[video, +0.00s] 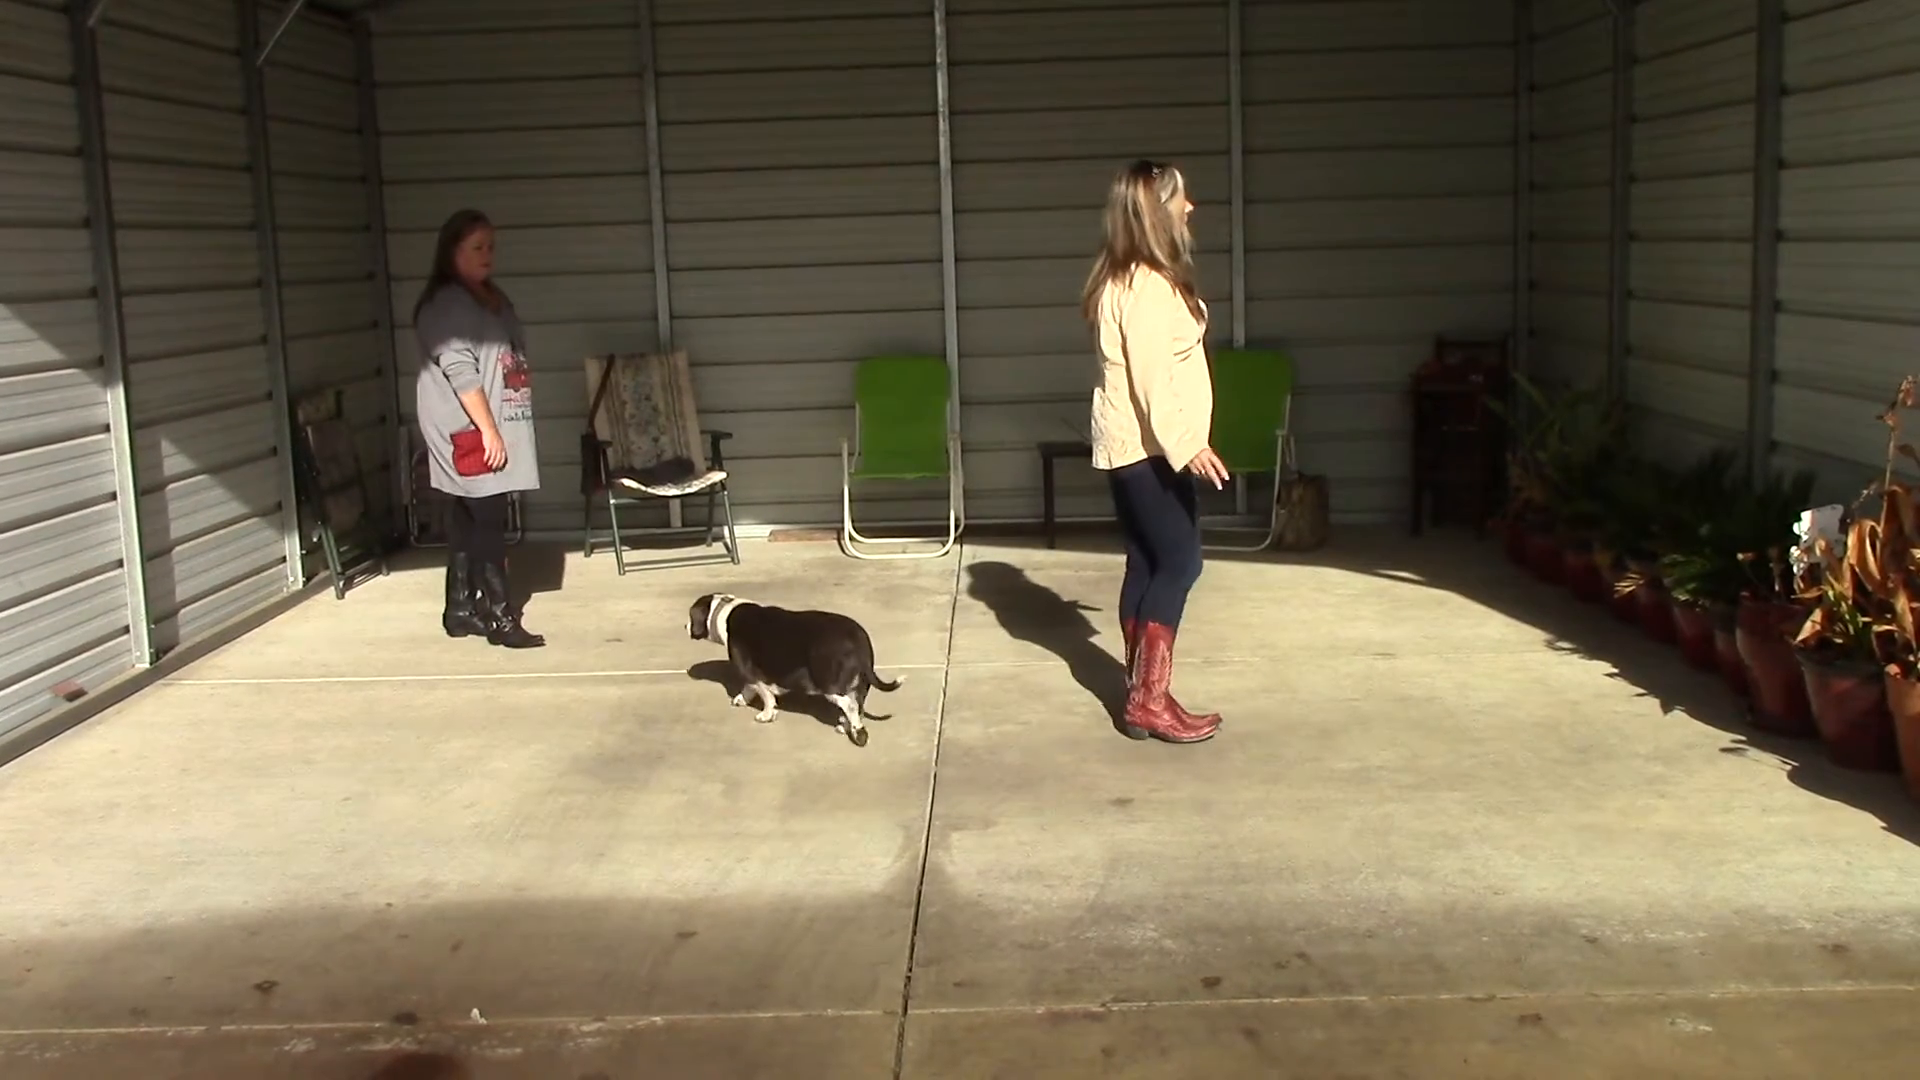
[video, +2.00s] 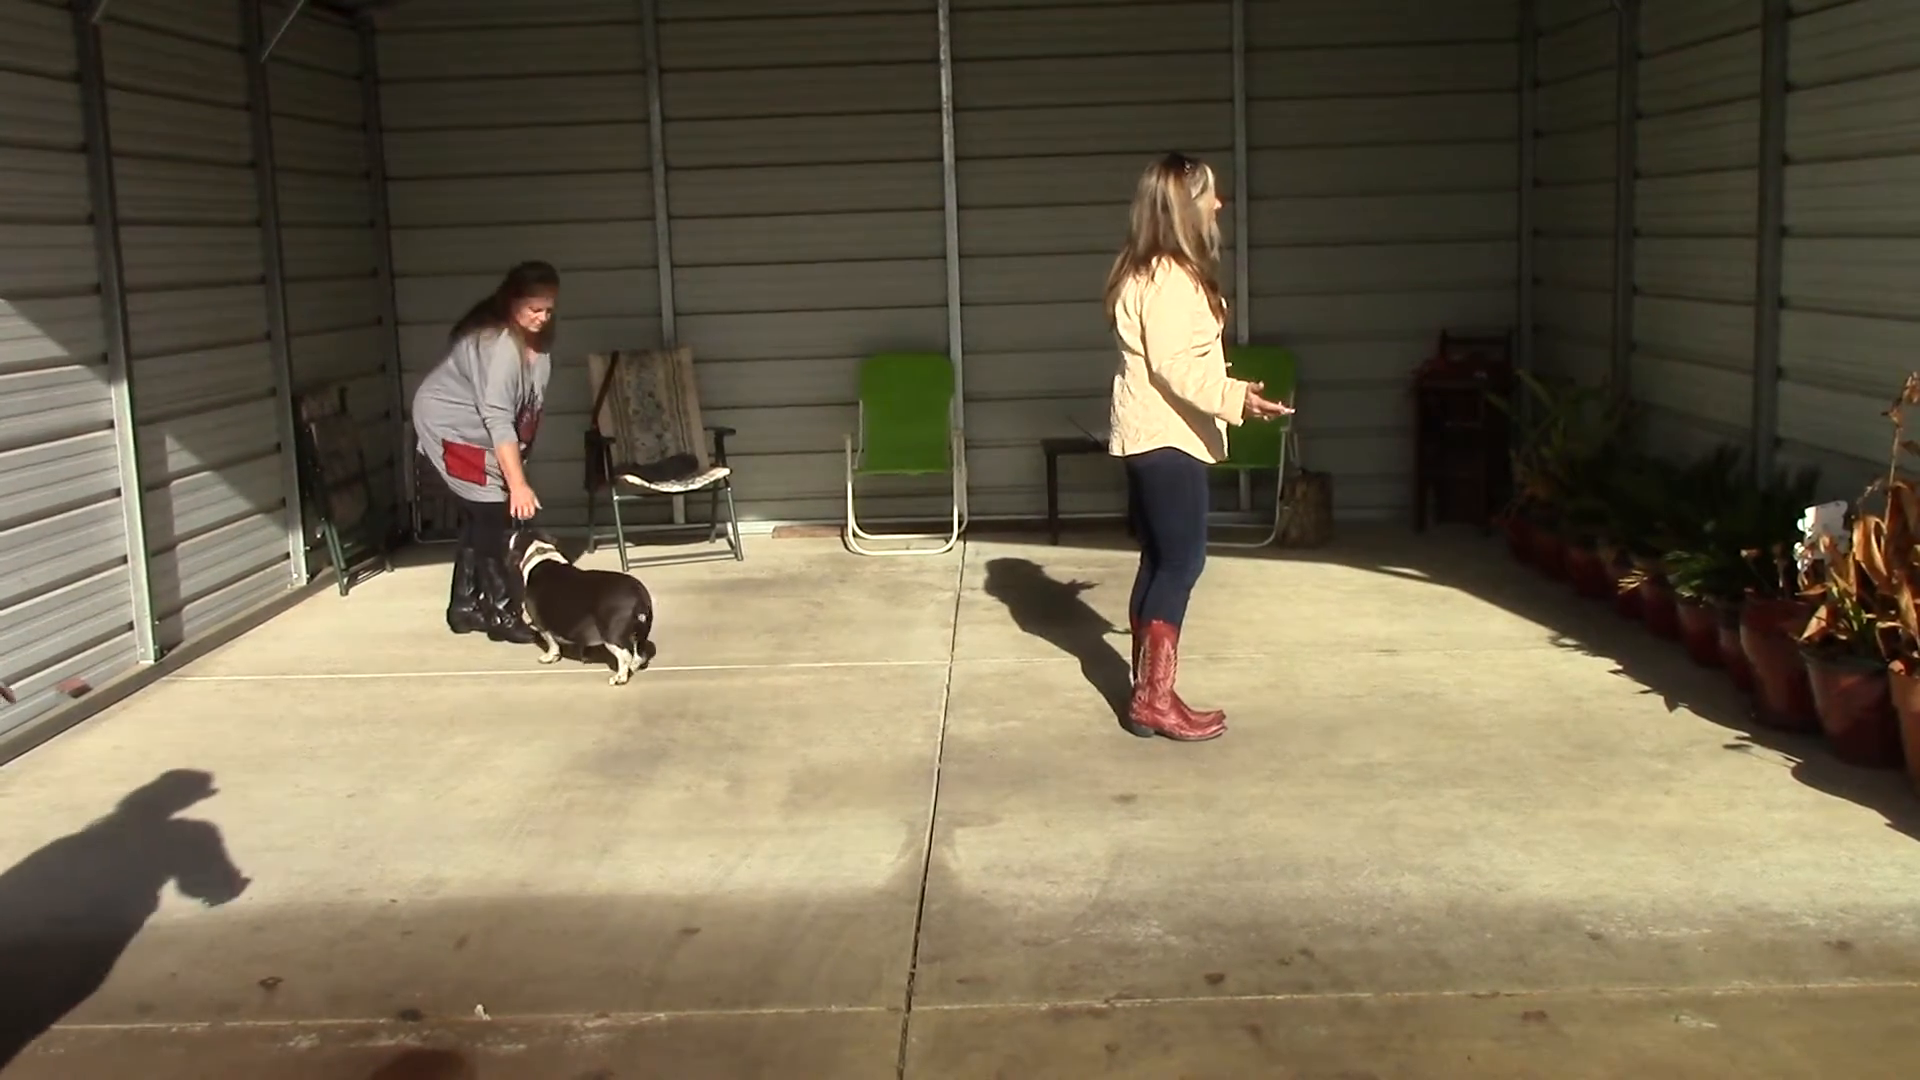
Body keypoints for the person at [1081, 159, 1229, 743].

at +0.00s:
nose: (1190, 211)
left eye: (1187, 202)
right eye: (1182, 204)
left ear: (1137, 213)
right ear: (1157, 212)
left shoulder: (1129, 277)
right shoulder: (1145, 282)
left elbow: (1139, 375)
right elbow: (1151, 378)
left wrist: (1182, 433)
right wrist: (1183, 443)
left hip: (1131, 446)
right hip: (1143, 447)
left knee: (1145, 560)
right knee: (1180, 557)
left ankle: (1142, 692)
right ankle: (1149, 697)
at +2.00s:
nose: (1220, 205)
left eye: (1217, 195)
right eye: (1211, 196)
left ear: (1169, 204)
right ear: (1186, 205)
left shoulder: (1151, 272)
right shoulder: (1169, 277)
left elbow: (1178, 364)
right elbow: (1176, 366)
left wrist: (1233, 391)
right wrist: (1233, 400)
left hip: (1150, 438)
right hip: (1169, 440)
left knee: (1159, 559)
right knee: (1181, 561)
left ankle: (1148, 693)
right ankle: (1155, 699)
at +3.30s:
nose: (1188, 218)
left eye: (1193, 207)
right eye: (1177, 208)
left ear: (1195, 209)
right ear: (1148, 213)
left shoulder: (1178, 272)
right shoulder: (1136, 280)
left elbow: (1189, 370)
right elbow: (1140, 381)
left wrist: (1206, 446)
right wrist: (1175, 456)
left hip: (1179, 441)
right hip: (1153, 445)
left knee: (1171, 557)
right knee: (1166, 557)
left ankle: (1157, 692)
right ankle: (1151, 696)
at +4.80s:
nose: (1239, 207)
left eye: (1235, 197)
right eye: (1229, 198)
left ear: (1205, 208)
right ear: (1200, 210)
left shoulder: (1202, 284)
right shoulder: (1162, 289)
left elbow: (1199, 378)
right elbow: (1156, 384)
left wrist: (1225, 436)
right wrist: (1206, 447)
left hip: (1181, 450)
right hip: (1154, 449)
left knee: (1169, 562)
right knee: (1159, 563)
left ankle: (1158, 694)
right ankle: (1149, 699)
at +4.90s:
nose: (1234, 205)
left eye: (1231, 195)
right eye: (1225, 196)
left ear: (1189, 208)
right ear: (1197, 208)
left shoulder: (1189, 281)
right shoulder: (1169, 286)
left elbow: (1205, 366)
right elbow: (1189, 372)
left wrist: (1272, 383)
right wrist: (1273, 388)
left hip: (1175, 443)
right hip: (1162, 445)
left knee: (1165, 562)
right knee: (1161, 563)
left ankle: (1156, 693)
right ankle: (1152, 697)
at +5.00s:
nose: (1232, 209)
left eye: (1229, 198)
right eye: (1222, 199)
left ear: (1184, 208)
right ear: (1192, 207)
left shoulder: (1181, 276)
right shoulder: (1169, 283)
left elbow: (1225, 348)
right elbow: (1225, 354)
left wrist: (1301, 324)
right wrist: (1305, 327)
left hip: (1174, 442)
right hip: (1164, 443)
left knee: (1164, 564)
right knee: (1162, 564)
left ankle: (1156, 695)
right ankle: (1150, 699)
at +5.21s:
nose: (1225, 209)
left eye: (1224, 198)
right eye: (1218, 198)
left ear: (1168, 204)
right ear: (1190, 204)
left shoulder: (1150, 271)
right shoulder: (1184, 271)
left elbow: (1250, 300)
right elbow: (1261, 303)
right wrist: (1305, 235)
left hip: (1156, 433)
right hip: (1177, 435)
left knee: (1163, 563)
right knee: (1166, 564)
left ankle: (1153, 694)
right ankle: (1153, 698)